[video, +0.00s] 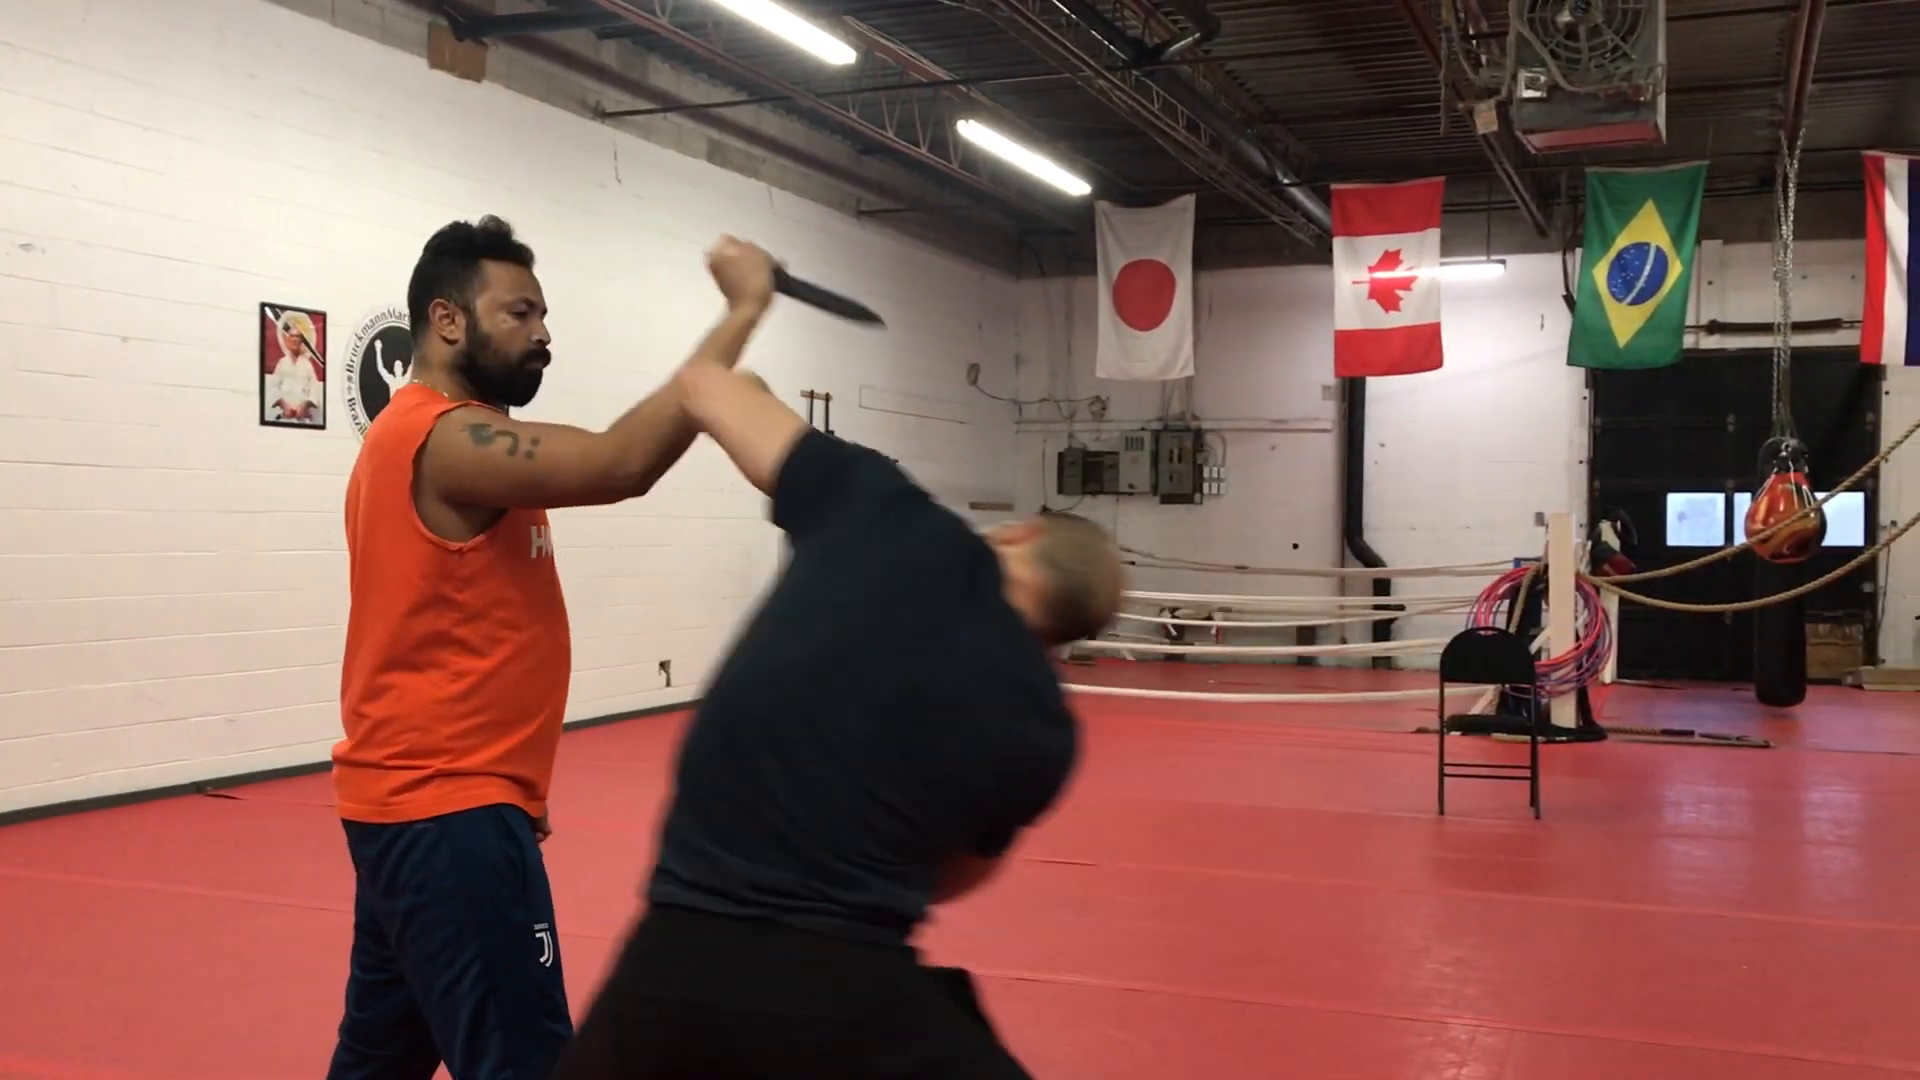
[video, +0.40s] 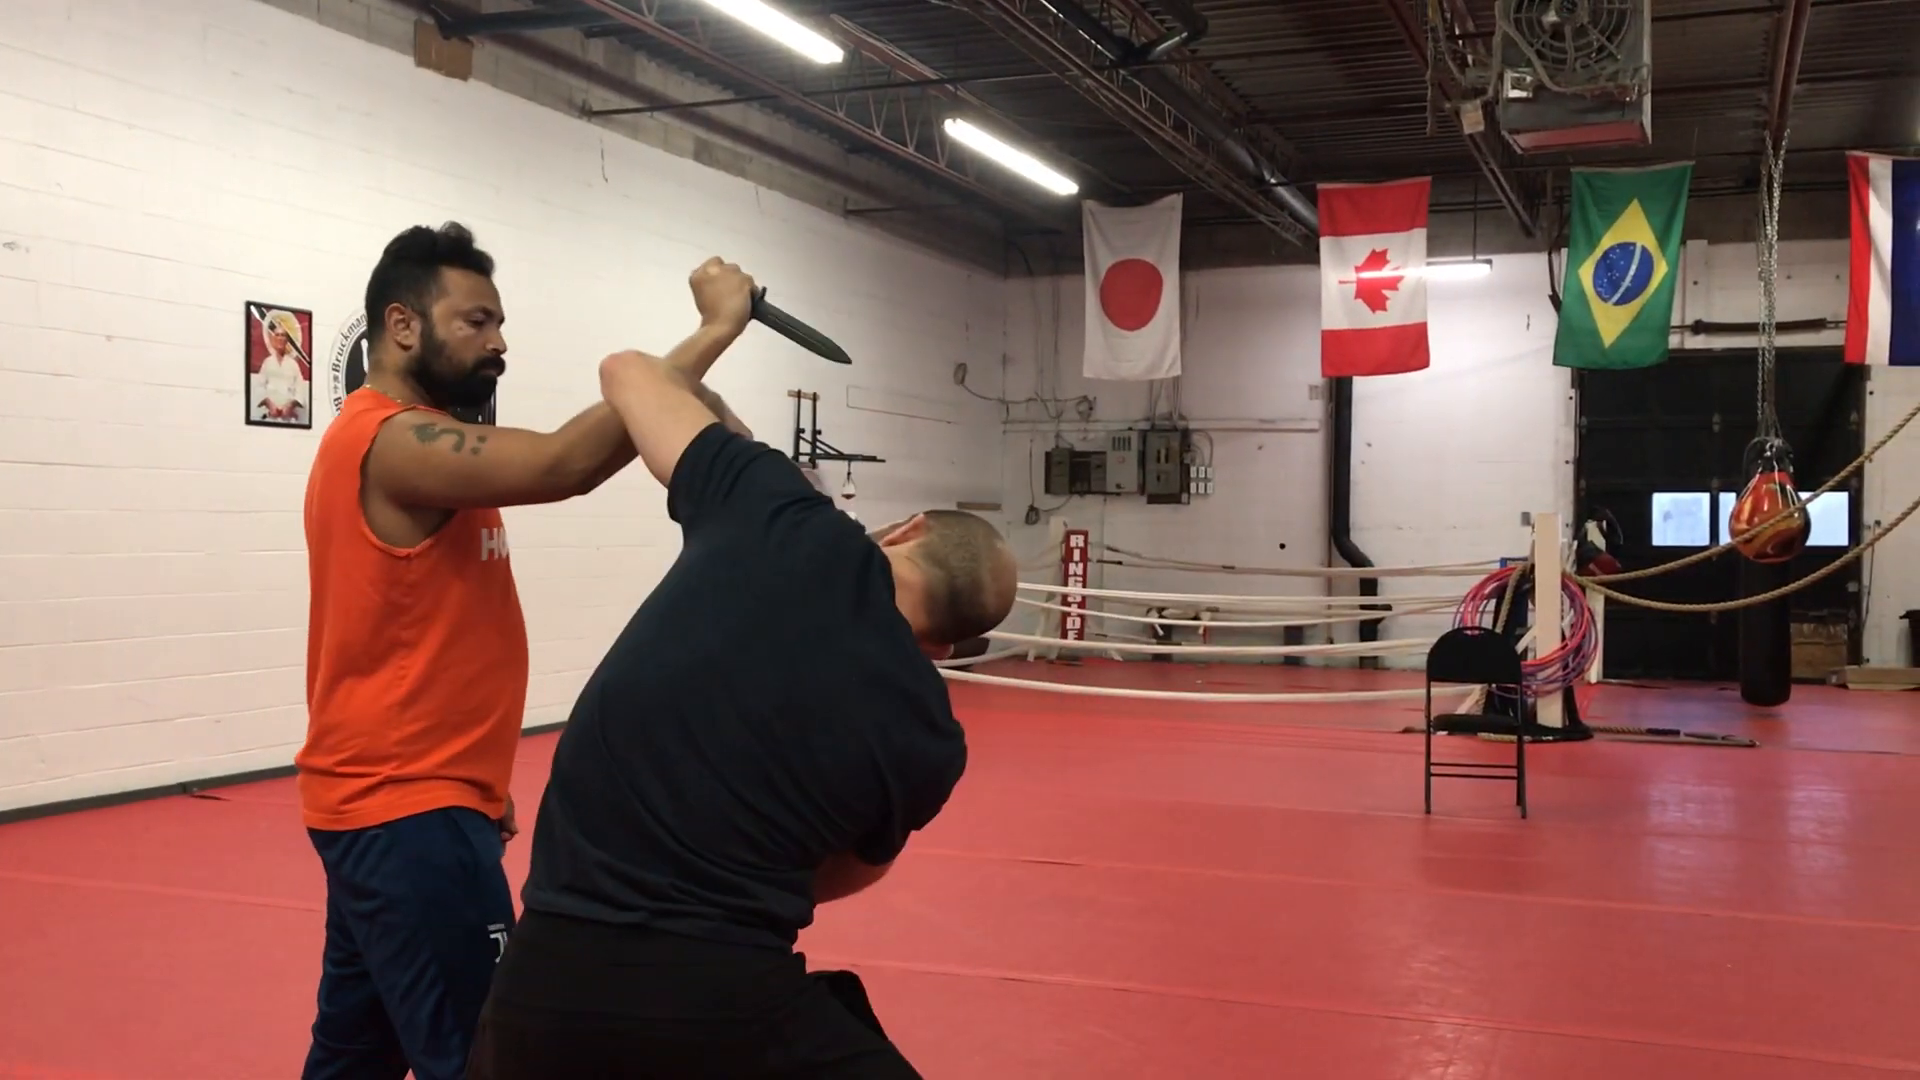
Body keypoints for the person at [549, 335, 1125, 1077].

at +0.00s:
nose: (1012, 517)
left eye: (1024, 517)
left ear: (1021, 530)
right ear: (1069, 640)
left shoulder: (874, 508)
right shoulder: (1041, 730)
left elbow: (704, 380)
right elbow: (953, 878)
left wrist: (747, 300)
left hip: (676, 971)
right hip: (862, 998)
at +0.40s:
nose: (888, 524)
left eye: (898, 522)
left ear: (899, 531)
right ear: (948, 651)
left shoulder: (769, 508)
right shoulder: (928, 745)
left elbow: (628, 369)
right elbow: (824, 881)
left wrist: (716, 328)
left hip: (550, 979)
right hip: (736, 1004)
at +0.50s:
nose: (491, 342)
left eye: (490, 323)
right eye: (469, 320)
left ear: (400, 333)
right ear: (392, 326)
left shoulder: (389, 433)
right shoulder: (382, 437)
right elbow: (555, 462)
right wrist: (705, 328)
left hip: (400, 802)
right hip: (399, 808)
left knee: (349, 1056)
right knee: (465, 1059)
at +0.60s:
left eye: (901, 510)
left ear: (908, 514)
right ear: (958, 639)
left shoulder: (765, 494)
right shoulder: (937, 731)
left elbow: (620, 369)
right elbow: (843, 871)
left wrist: (703, 325)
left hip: (562, 972)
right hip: (749, 999)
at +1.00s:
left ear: (947, 460)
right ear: (1004, 578)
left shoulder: (802, 459)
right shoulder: (988, 674)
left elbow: (642, 380)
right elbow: (905, 855)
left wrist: (726, 344)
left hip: (631, 936)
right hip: (808, 965)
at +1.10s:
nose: (957, 415)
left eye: (967, 405)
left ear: (973, 408)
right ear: (1045, 518)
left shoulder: (826, 435)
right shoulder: (1042, 621)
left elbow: (656, 409)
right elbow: (981, 825)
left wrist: (743, 370)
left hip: (703, 920)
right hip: (886, 943)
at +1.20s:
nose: (974, 376)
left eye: (982, 366)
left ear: (986, 369)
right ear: (1083, 467)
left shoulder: (842, 429)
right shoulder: (1087, 568)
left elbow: (667, 452)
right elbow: (1070, 787)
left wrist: (755, 520)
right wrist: (990, 644)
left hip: (768, 908)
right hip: (952, 928)